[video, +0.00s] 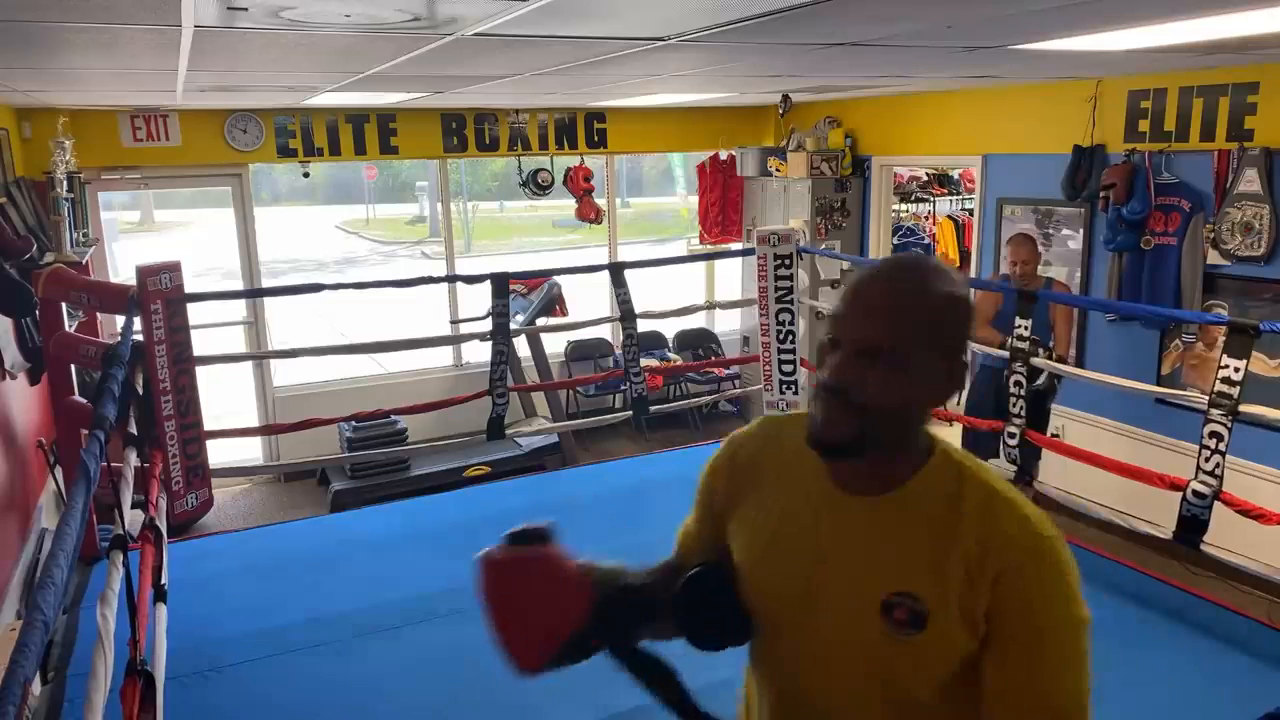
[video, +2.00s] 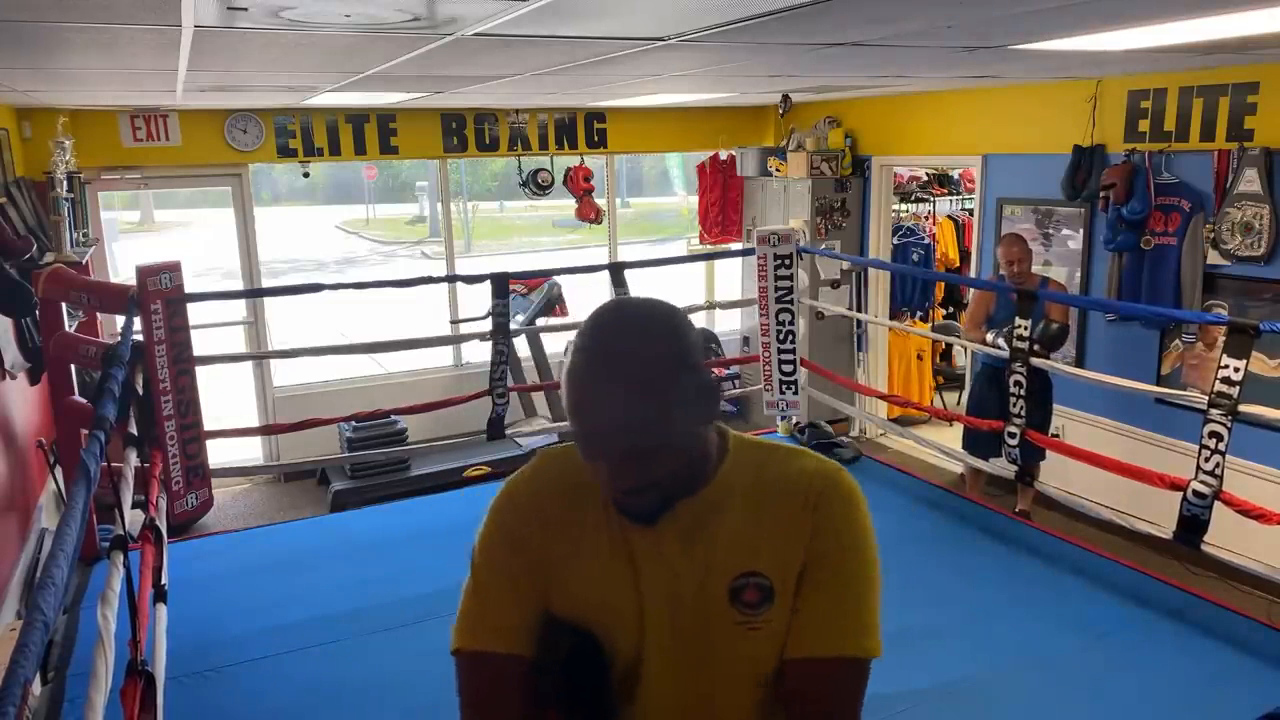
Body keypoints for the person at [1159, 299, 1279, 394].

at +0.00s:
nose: (1220, 326)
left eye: (1223, 322)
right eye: (1215, 321)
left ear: (1226, 327)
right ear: (1201, 325)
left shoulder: (1232, 350)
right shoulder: (1190, 348)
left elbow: (1271, 368)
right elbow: (1163, 369)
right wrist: (1178, 347)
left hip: (1219, 405)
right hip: (1190, 401)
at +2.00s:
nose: (1220, 327)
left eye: (1224, 322)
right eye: (1215, 322)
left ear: (1226, 327)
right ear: (1201, 325)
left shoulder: (1231, 350)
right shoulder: (1189, 349)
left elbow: (1270, 368)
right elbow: (1162, 369)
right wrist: (1178, 348)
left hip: (1219, 405)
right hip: (1189, 401)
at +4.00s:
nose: (1220, 327)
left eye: (1223, 322)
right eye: (1215, 322)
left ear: (1226, 327)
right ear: (1201, 325)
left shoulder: (1231, 349)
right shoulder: (1189, 349)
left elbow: (1270, 368)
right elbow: (1162, 369)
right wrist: (1180, 351)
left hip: (1219, 405)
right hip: (1189, 400)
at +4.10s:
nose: (1220, 327)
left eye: (1223, 322)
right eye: (1215, 322)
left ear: (1226, 327)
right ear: (1201, 325)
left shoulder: (1231, 349)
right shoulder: (1189, 349)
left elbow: (1270, 368)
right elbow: (1162, 369)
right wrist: (1181, 352)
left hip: (1219, 405)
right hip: (1189, 400)